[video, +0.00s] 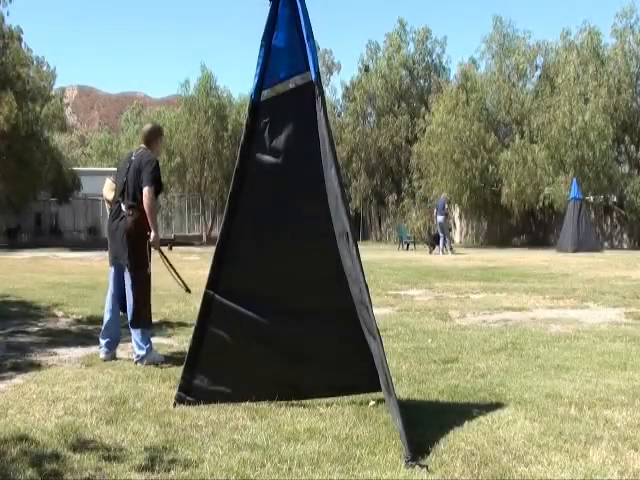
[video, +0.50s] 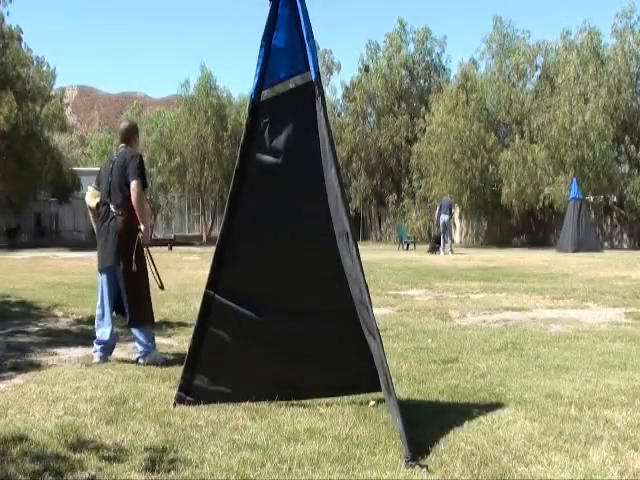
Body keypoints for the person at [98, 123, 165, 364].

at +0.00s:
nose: (162, 145)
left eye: (161, 141)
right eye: (162, 141)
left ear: (143, 139)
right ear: (157, 141)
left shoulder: (129, 158)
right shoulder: (149, 160)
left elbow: (111, 191)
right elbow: (148, 197)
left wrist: (117, 217)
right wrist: (154, 230)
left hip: (116, 222)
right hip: (133, 225)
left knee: (115, 289)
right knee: (138, 289)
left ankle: (107, 346)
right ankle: (143, 350)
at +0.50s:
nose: (140, 141)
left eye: (138, 137)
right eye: (139, 138)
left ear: (119, 139)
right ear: (136, 138)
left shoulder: (107, 163)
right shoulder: (133, 158)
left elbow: (92, 200)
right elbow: (136, 195)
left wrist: (100, 228)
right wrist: (145, 225)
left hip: (105, 234)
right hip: (125, 232)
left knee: (106, 295)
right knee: (135, 291)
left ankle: (101, 348)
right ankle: (146, 349)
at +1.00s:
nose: (145, 136)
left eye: (141, 133)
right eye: (144, 133)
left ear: (125, 135)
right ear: (142, 134)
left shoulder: (113, 160)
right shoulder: (146, 157)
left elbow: (98, 198)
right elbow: (151, 194)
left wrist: (105, 231)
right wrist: (158, 226)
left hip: (115, 231)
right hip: (138, 233)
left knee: (110, 293)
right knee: (141, 292)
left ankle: (102, 348)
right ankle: (144, 351)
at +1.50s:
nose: (143, 134)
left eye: (140, 131)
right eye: (143, 131)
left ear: (123, 133)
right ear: (140, 132)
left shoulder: (113, 160)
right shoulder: (144, 156)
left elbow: (98, 198)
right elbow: (150, 194)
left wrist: (105, 230)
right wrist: (158, 227)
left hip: (114, 231)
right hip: (137, 231)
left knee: (110, 293)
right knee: (141, 292)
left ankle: (102, 348)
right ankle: (144, 350)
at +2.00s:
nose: (145, 135)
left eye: (143, 132)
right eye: (144, 132)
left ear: (125, 135)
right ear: (140, 133)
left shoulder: (113, 160)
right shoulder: (144, 155)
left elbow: (99, 197)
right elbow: (149, 193)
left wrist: (105, 228)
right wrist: (156, 227)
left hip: (112, 230)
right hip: (134, 230)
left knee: (109, 294)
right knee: (138, 293)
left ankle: (102, 349)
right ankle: (144, 351)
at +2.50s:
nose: (146, 135)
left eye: (143, 132)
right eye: (145, 132)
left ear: (126, 135)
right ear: (141, 133)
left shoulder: (114, 159)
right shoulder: (144, 156)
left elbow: (98, 196)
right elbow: (149, 193)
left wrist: (105, 226)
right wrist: (156, 226)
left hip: (112, 229)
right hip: (134, 230)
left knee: (109, 294)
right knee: (138, 292)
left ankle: (101, 349)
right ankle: (144, 351)